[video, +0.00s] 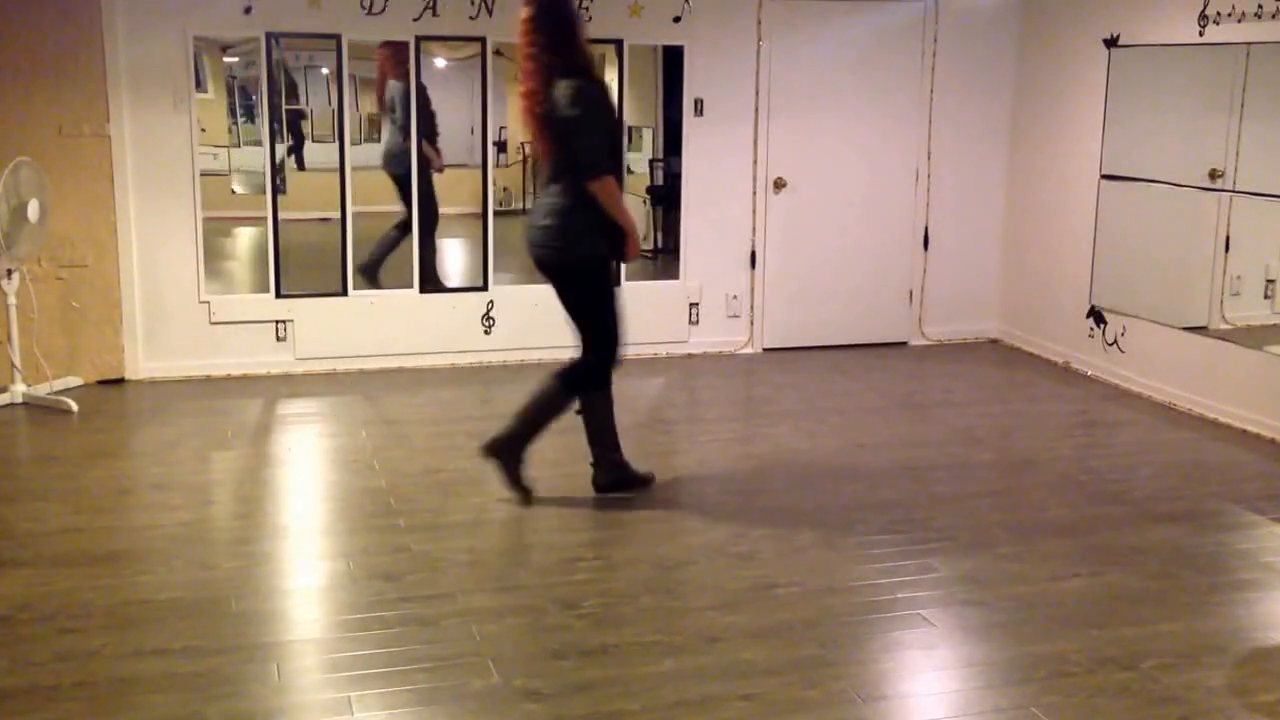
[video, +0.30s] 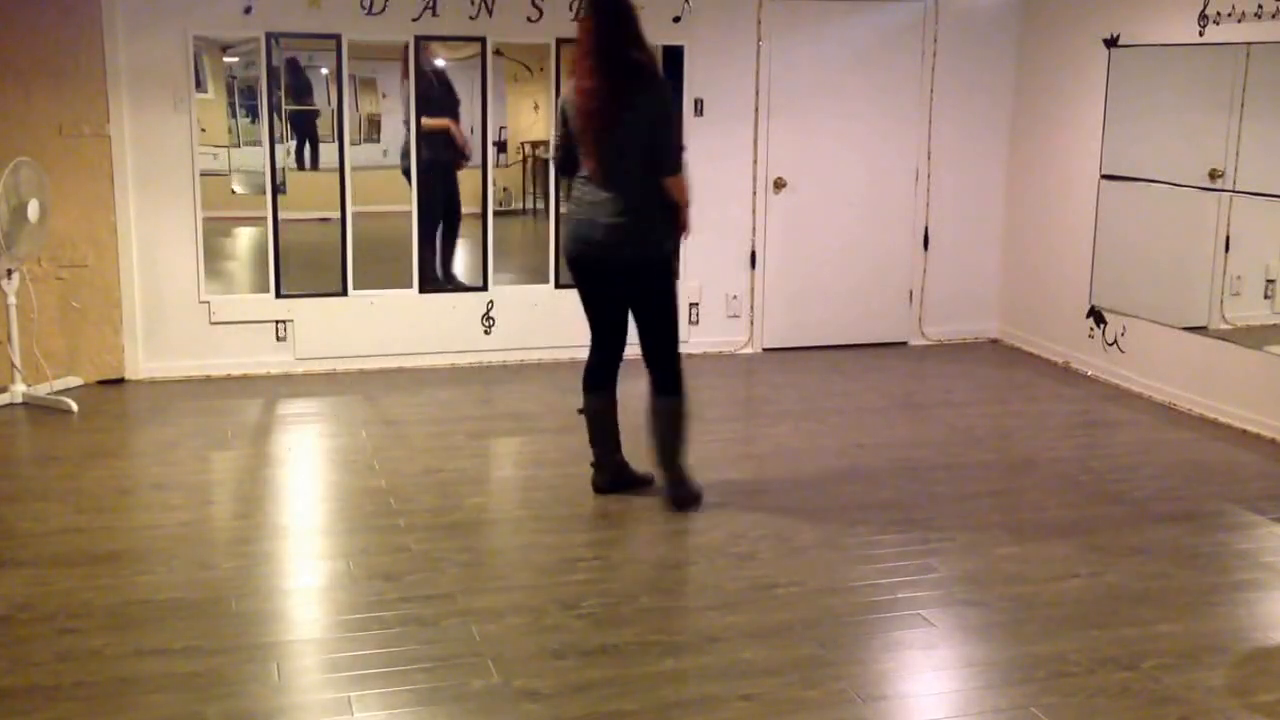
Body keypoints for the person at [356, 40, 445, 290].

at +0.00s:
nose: (381, 62)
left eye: (385, 57)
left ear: (392, 59)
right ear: (403, 58)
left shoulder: (393, 86)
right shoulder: (403, 88)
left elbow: (411, 126)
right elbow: (410, 128)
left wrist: (433, 149)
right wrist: (433, 155)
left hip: (396, 157)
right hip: (408, 159)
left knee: (415, 215)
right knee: (427, 216)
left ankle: (371, 265)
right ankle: (428, 279)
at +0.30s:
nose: (434, 53)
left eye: (432, 48)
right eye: (428, 48)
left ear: (429, 53)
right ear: (419, 52)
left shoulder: (439, 76)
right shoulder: (415, 78)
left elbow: (451, 115)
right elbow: (413, 121)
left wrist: (461, 145)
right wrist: (449, 124)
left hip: (443, 157)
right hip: (425, 158)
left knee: (452, 214)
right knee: (429, 217)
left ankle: (446, 272)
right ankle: (427, 276)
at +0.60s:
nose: (444, 55)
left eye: (447, 50)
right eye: (438, 50)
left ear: (453, 54)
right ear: (428, 55)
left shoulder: (461, 79)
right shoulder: (420, 81)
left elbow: (477, 120)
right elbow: (420, 117)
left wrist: (476, 102)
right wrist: (435, 93)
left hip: (461, 155)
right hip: (433, 156)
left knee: (459, 216)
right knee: (441, 215)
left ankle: (458, 273)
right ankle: (434, 278)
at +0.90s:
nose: (449, 57)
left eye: (454, 52)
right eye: (444, 51)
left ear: (460, 55)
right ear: (434, 54)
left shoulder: (469, 83)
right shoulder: (424, 81)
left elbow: (481, 121)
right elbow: (419, 119)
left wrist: (472, 98)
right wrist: (432, 95)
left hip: (466, 157)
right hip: (435, 156)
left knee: (462, 216)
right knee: (443, 213)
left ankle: (458, 273)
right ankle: (439, 275)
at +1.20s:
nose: (444, 57)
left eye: (447, 52)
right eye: (438, 52)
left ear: (452, 56)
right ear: (429, 56)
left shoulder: (465, 86)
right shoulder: (419, 84)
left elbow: (478, 122)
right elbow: (411, 123)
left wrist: (460, 102)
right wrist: (432, 113)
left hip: (463, 158)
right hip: (432, 158)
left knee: (461, 218)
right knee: (424, 215)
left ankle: (459, 275)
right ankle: (404, 270)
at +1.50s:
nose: (428, 55)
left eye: (431, 50)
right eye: (422, 51)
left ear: (435, 54)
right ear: (414, 55)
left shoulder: (450, 85)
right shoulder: (404, 85)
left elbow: (462, 121)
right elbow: (395, 125)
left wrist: (455, 138)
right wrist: (407, 149)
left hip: (446, 156)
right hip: (415, 157)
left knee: (451, 214)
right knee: (409, 215)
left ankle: (459, 276)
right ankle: (398, 274)